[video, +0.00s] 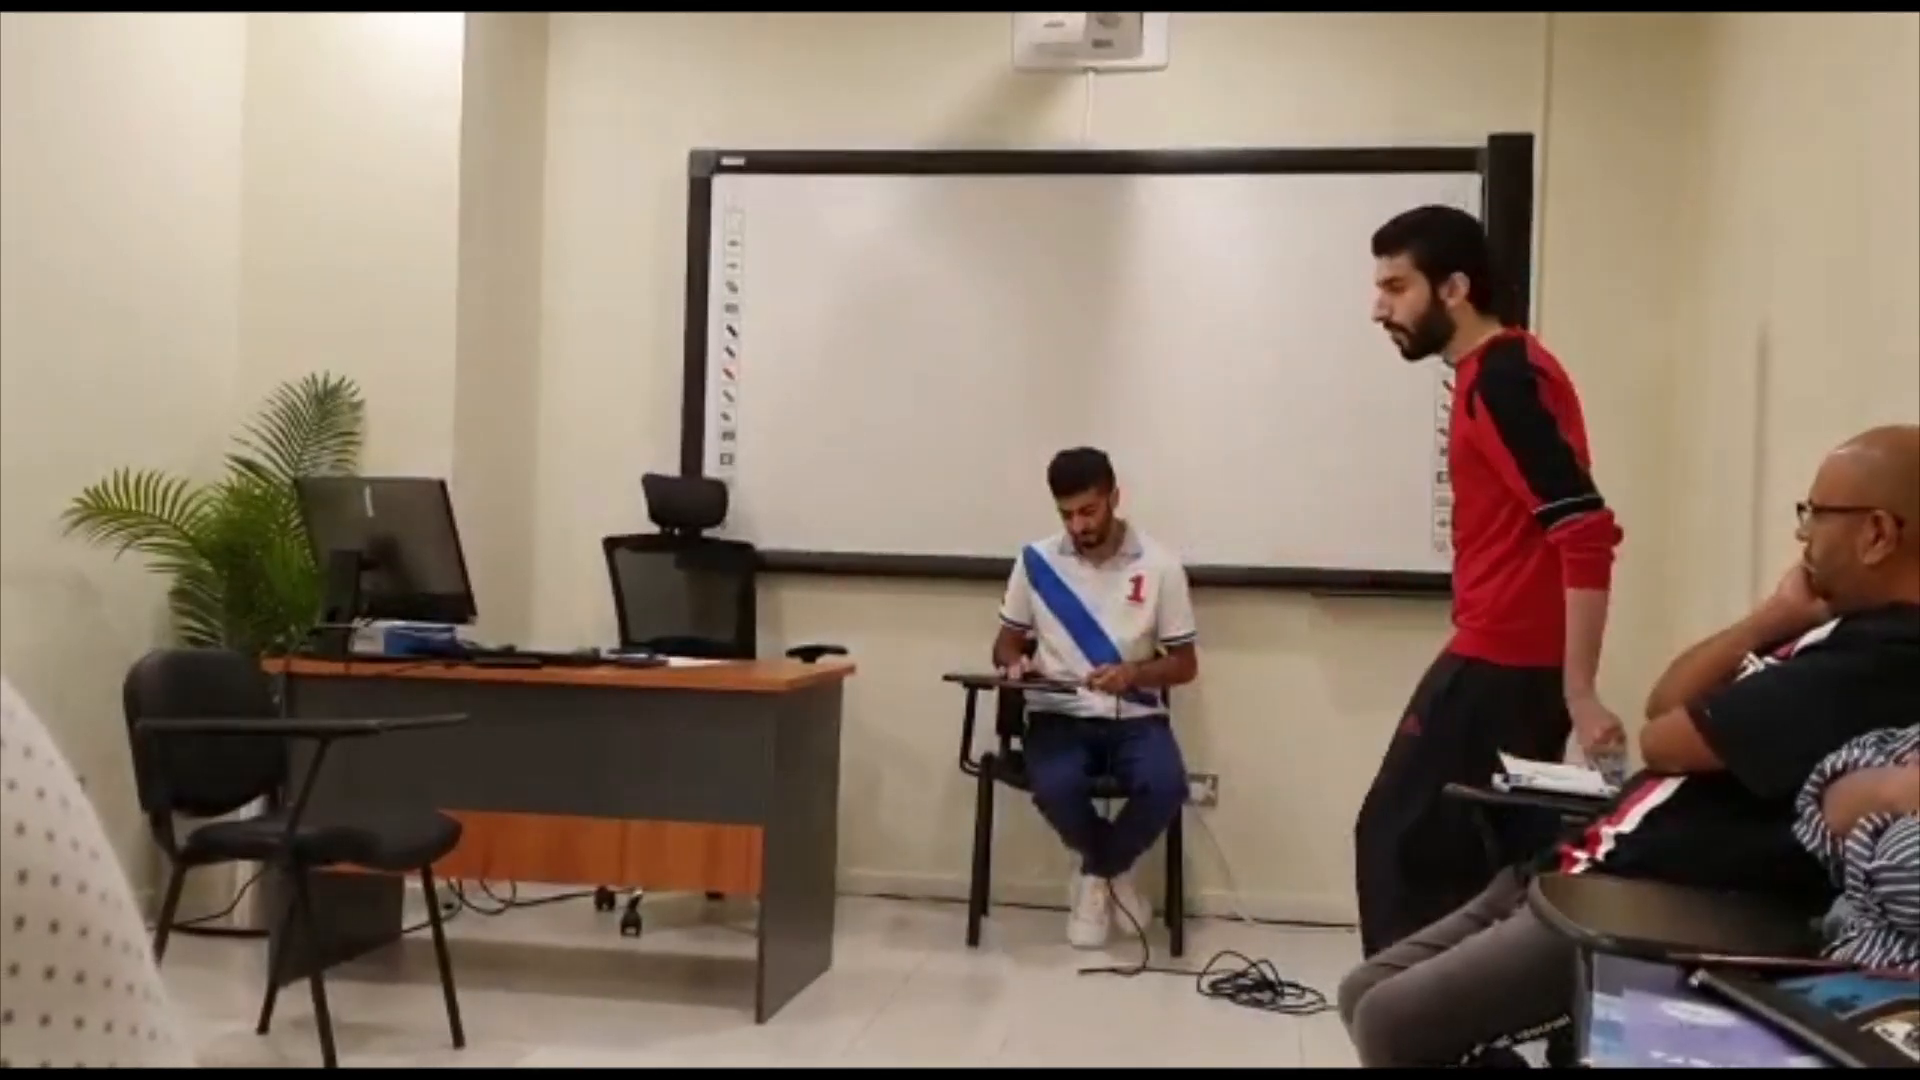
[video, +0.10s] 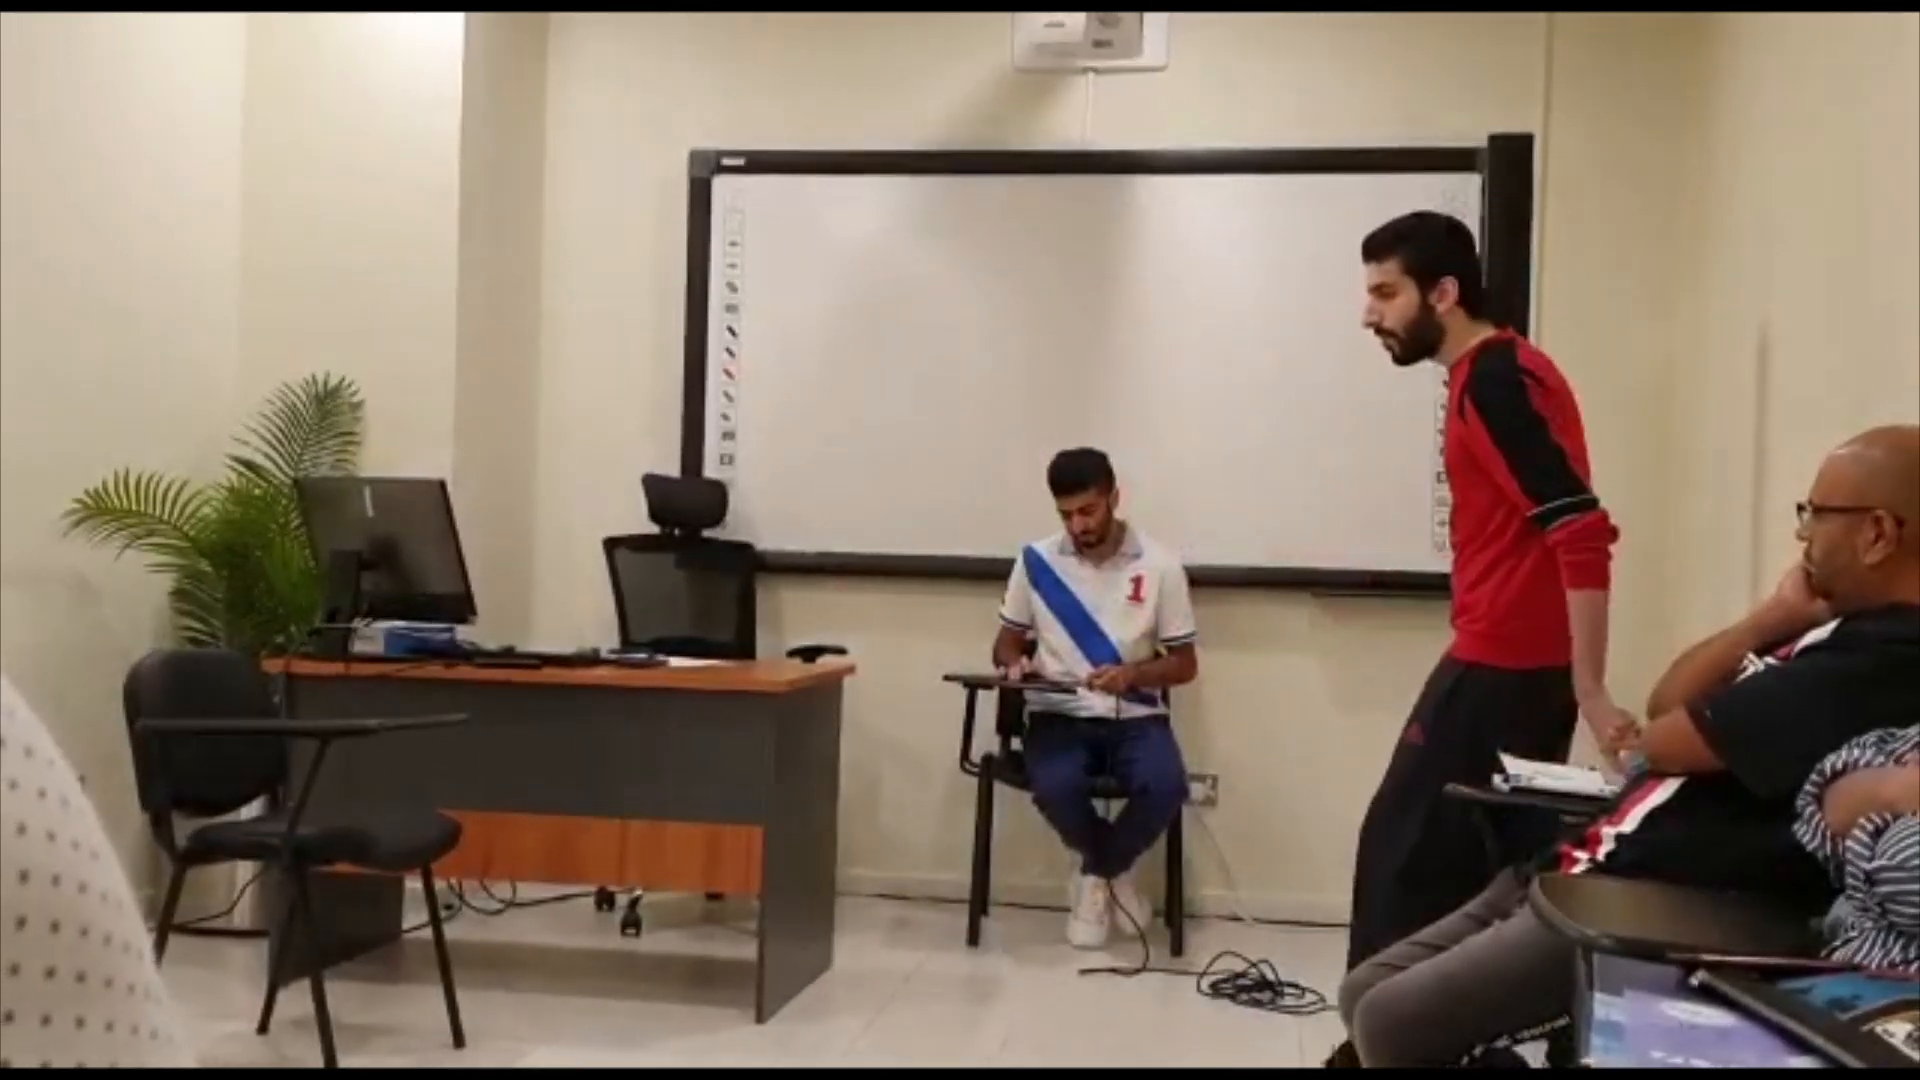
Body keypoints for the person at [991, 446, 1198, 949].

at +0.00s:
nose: (1078, 526)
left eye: (1088, 512)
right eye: (1068, 515)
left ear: (1115, 498)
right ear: (1057, 509)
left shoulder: (1158, 566)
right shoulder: (1036, 562)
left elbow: (1184, 663)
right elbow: (1007, 643)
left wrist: (1132, 674)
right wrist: (1013, 662)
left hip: (1134, 717)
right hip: (1058, 716)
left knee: (1164, 788)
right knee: (1055, 791)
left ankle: (1094, 879)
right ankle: (1115, 869)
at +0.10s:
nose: (1078, 526)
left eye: (1087, 512)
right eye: (1067, 515)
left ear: (1114, 498)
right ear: (1056, 509)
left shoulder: (1158, 567)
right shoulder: (1036, 562)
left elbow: (1184, 663)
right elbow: (1008, 642)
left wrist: (1131, 675)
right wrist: (1014, 662)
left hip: (1134, 717)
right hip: (1058, 716)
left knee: (1163, 789)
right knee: (1055, 791)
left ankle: (1095, 879)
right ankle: (1115, 869)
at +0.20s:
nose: (1078, 527)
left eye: (1088, 512)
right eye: (1068, 515)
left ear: (1115, 499)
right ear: (1057, 510)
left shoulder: (1159, 567)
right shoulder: (1035, 563)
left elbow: (1184, 663)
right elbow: (1007, 644)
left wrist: (1132, 676)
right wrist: (1014, 662)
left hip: (1134, 717)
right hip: (1058, 716)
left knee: (1164, 789)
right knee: (1055, 791)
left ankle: (1095, 879)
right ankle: (1115, 868)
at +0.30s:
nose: (1078, 527)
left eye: (1087, 512)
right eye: (1067, 516)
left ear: (1114, 499)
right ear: (1057, 510)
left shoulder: (1158, 566)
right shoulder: (1036, 562)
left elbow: (1183, 663)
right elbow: (1008, 643)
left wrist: (1131, 676)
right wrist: (1013, 663)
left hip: (1134, 718)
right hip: (1058, 717)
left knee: (1164, 789)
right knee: (1054, 792)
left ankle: (1095, 879)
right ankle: (1115, 870)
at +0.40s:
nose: (1078, 527)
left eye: (1088, 513)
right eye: (1068, 516)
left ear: (1115, 499)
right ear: (1057, 511)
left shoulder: (1159, 567)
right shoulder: (1036, 562)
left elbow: (1184, 663)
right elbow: (1008, 643)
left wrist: (1131, 676)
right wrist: (1014, 663)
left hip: (1134, 717)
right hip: (1058, 716)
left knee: (1164, 789)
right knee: (1055, 792)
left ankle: (1095, 880)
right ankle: (1114, 869)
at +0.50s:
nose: (1078, 528)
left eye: (1088, 513)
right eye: (1068, 516)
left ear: (1114, 499)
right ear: (1057, 510)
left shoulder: (1159, 567)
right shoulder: (1036, 563)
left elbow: (1183, 664)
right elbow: (1008, 641)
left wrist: (1132, 676)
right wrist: (1012, 662)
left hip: (1135, 718)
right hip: (1058, 717)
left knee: (1164, 790)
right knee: (1054, 791)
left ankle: (1095, 879)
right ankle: (1115, 868)